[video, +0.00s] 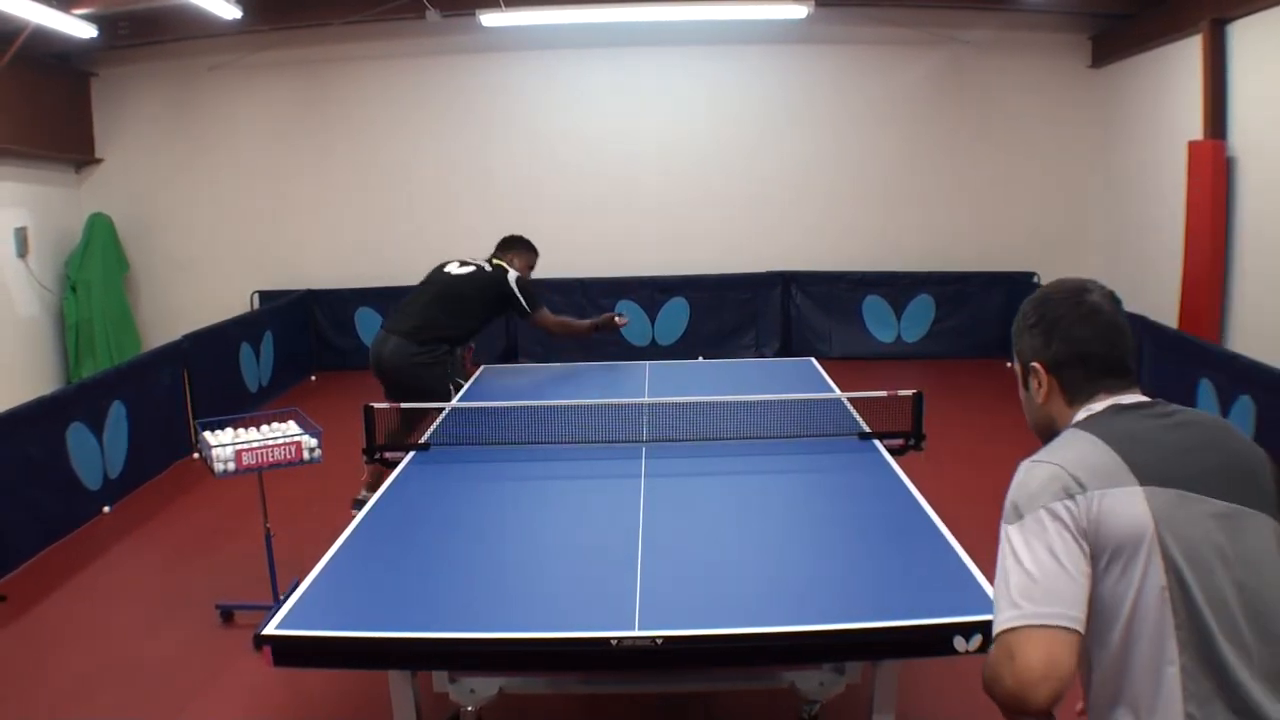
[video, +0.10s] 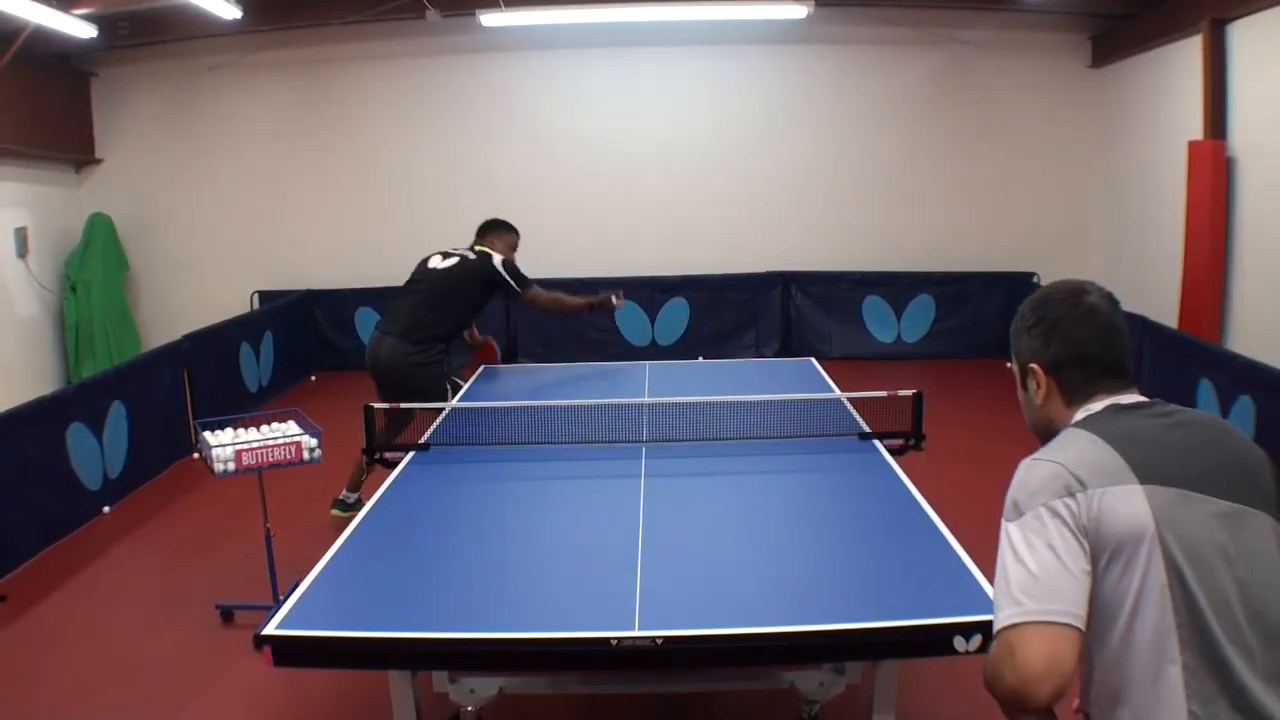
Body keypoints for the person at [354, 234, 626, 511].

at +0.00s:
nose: (528, 277)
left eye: (530, 271)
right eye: (527, 270)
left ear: (498, 256)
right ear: (514, 261)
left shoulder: (456, 265)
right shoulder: (509, 281)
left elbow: (429, 305)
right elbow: (550, 324)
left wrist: (455, 349)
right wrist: (596, 324)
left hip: (385, 349)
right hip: (418, 359)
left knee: (412, 415)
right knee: (454, 420)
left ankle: (372, 486)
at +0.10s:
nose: (514, 257)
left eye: (515, 250)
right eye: (513, 250)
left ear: (480, 242)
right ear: (497, 245)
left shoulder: (440, 257)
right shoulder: (494, 264)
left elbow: (431, 298)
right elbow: (542, 300)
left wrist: (468, 331)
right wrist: (593, 304)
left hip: (380, 350)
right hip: (418, 358)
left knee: (398, 414)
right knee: (464, 416)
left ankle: (349, 493)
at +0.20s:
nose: (493, 243)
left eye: (494, 237)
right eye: (491, 236)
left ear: (458, 230)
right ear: (475, 230)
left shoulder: (421, 254)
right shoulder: (474, 251)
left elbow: (410, 298)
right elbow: (535, 273)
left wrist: (454, 322)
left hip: (373, 354)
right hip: (408, 361)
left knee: (381, 423)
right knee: (471, 411)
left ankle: (338, 503)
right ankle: (459, 495)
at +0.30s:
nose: (474, 233)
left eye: (473, 228)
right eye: (470, 227)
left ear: (436, 227)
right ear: (455, 228)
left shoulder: (403, 252)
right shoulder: (453, 246)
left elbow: (391, 303)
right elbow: (514, 243)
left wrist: (435, 332)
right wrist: (557, 218)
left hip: (359, 351)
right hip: (392, 356)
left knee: (375, 425)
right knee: (456, 419)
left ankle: (336, 507)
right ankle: (446, 501)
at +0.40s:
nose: (456, 227)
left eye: (455, 222)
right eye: (450, 222)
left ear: (419, 224)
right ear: (428, 223)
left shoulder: (386, 250)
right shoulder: (434, 239)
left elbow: (357, 305)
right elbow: (496, 223)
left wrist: (403, 344)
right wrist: (541, 201)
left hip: (346, 346)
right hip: (377, 349)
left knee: (363, 427)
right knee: (437, 429)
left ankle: (334, 508)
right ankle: (449, 507)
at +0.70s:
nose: (439, 224)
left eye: (438, 219)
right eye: (436, 219)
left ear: (403, 222)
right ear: (423, 218)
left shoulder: (371, 243)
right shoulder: (428, 235)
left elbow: (332, 285)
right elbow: (472, 239)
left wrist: (361, 307)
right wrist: (499, 270)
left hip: (335, 339)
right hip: (370, 342)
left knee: (355, 423)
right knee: (432, 414)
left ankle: (334, 509)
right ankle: (438, 501)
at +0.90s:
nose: (468, 251)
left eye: (467, 245)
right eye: (465, 245)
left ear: (432, 244)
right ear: (453, 242)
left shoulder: (404, 259)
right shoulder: (451, 260)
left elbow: (370, 289)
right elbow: (442, 293)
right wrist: (443, 339)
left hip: (349, 356)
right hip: (382, 362)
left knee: (374, 427)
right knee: (445, 421)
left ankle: (335, 509)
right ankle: (440, 501)